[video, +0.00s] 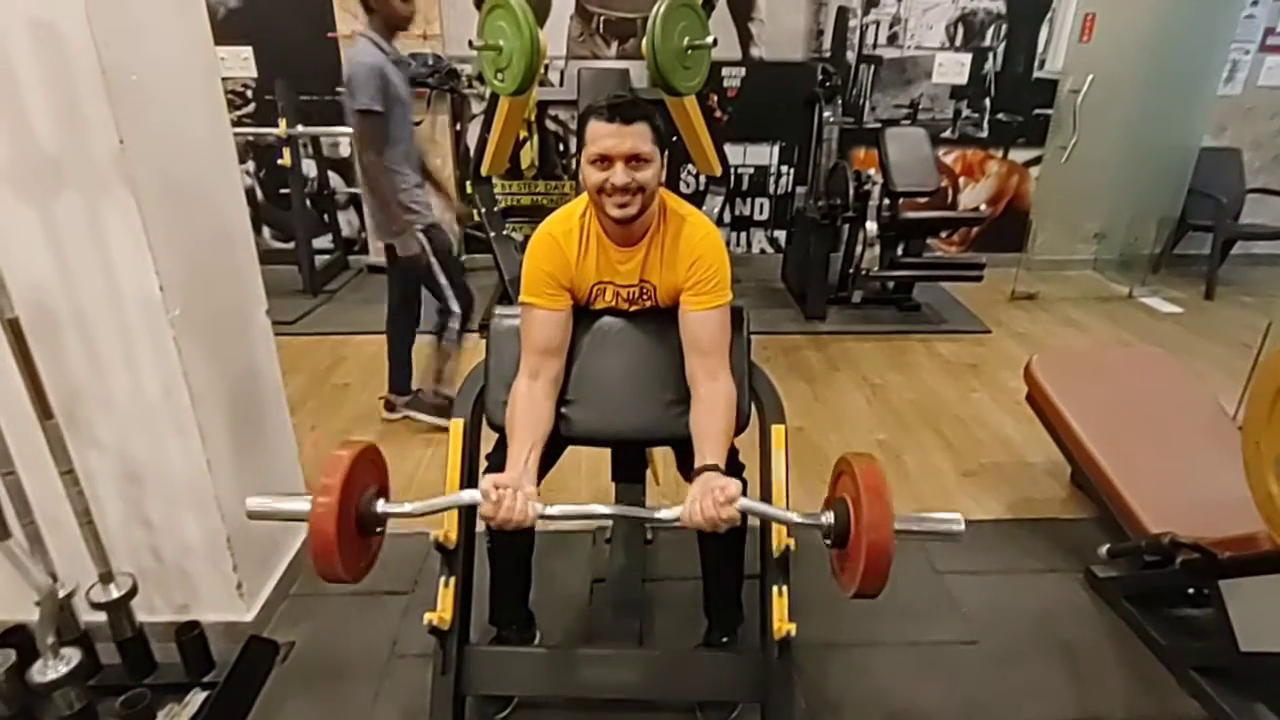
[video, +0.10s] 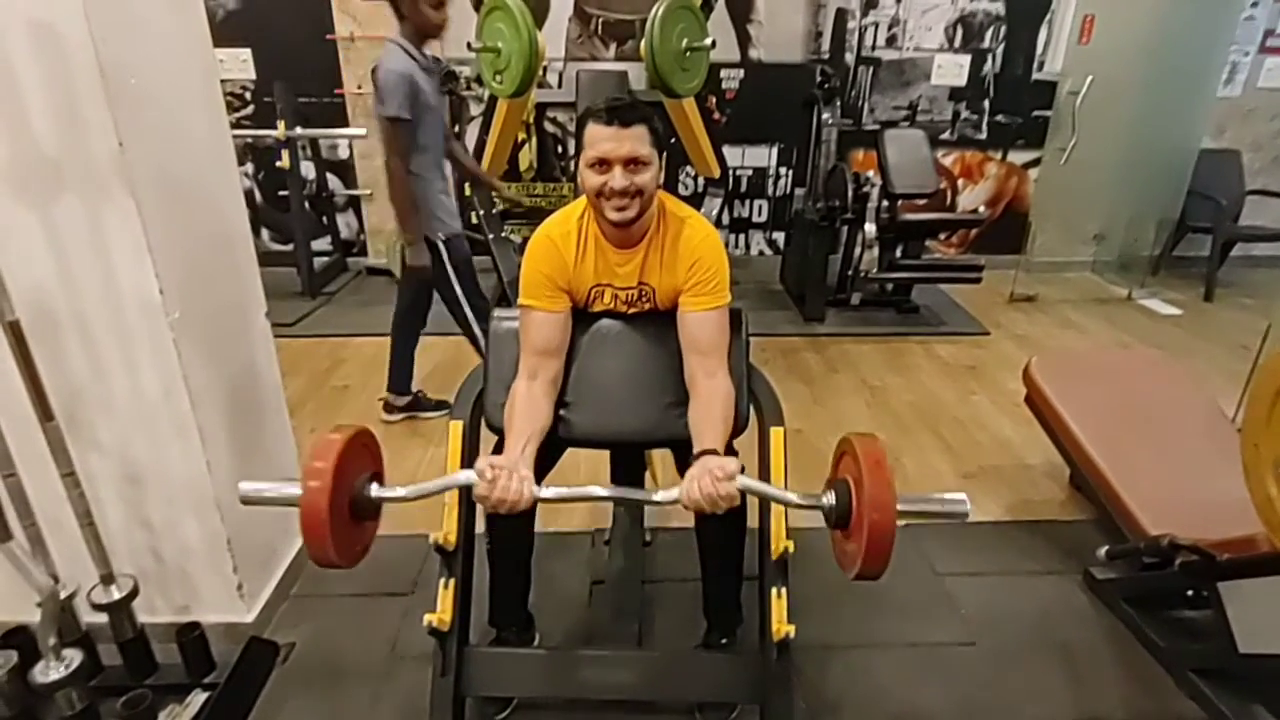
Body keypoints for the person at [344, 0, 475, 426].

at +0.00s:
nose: (411, 8)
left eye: (410, 2)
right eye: (402, 1)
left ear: (380, 9)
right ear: (375, 5)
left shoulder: (384, 56)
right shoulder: (366, 62)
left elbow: (406, 143)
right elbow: (368, 154)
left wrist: (444, 192)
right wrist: (400, 223)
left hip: (404, 209)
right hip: (402, 214)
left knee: (403, 303)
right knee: (459, 299)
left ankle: (399, 392)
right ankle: (434, 393)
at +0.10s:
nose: (443, 13)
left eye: (443, 5)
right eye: (433, 5)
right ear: (404, 8)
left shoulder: (422, 64)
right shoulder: (395, 70)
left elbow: (445, 141)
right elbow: (396, 160)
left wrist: (491, 181)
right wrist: (414, 239)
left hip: (432, 220)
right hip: (430, 224)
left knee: (410, 312)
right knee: (477, 319)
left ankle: (399, 394)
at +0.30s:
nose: (501, 21)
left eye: (502, 11)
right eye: (491, 10)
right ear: (461, 11)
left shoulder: (473, 69)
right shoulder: (457, 77)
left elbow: (498, 148)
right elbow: (453, 170)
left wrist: (542, 191)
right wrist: (469, 242)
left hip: (493, 212)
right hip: (488, 216)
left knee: (470, 298)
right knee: (510, 307)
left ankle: (421, 378)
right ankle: (508, 392)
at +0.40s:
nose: (510, 19)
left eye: (511, 9)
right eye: (501, 9)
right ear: (472, 12)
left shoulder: (486, 67)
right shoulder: (467, 75)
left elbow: (506, 149)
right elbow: (465, 168)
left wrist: (540, 190)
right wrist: (477, 243)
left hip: (510, 210)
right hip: (497, 216)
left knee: (492, 301)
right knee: (511, 307)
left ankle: (434, 371)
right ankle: (513, 393)